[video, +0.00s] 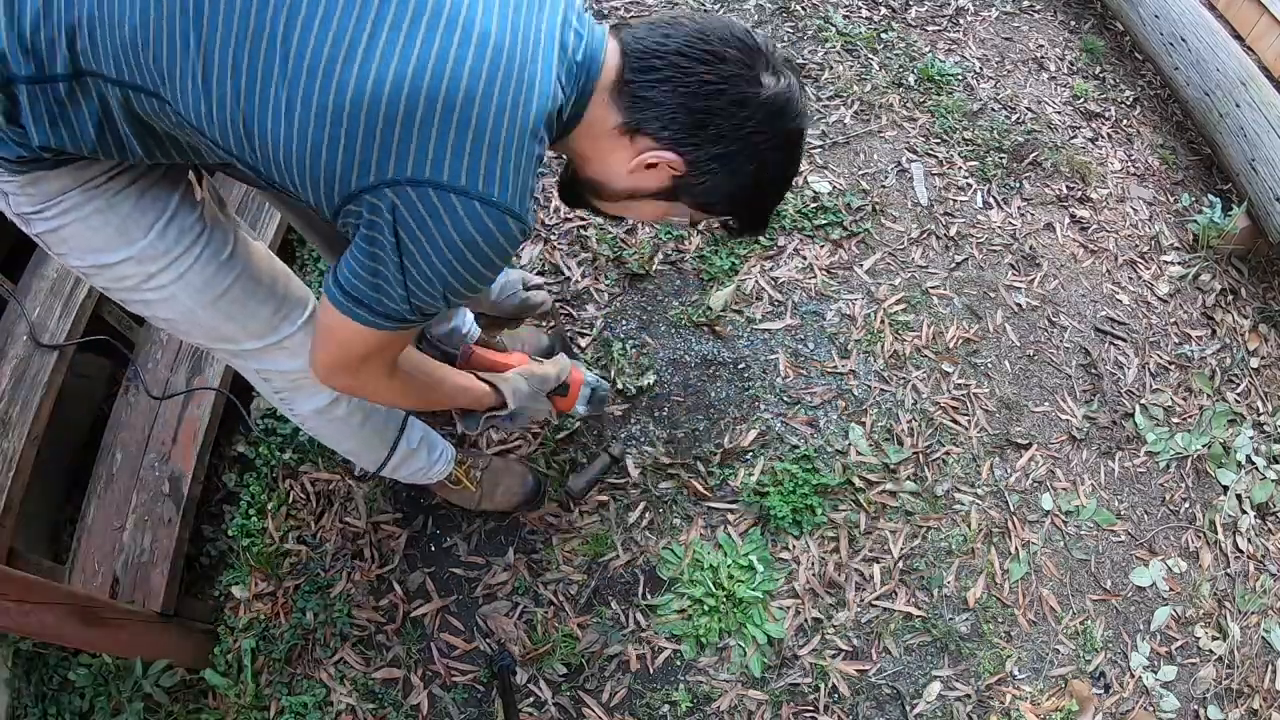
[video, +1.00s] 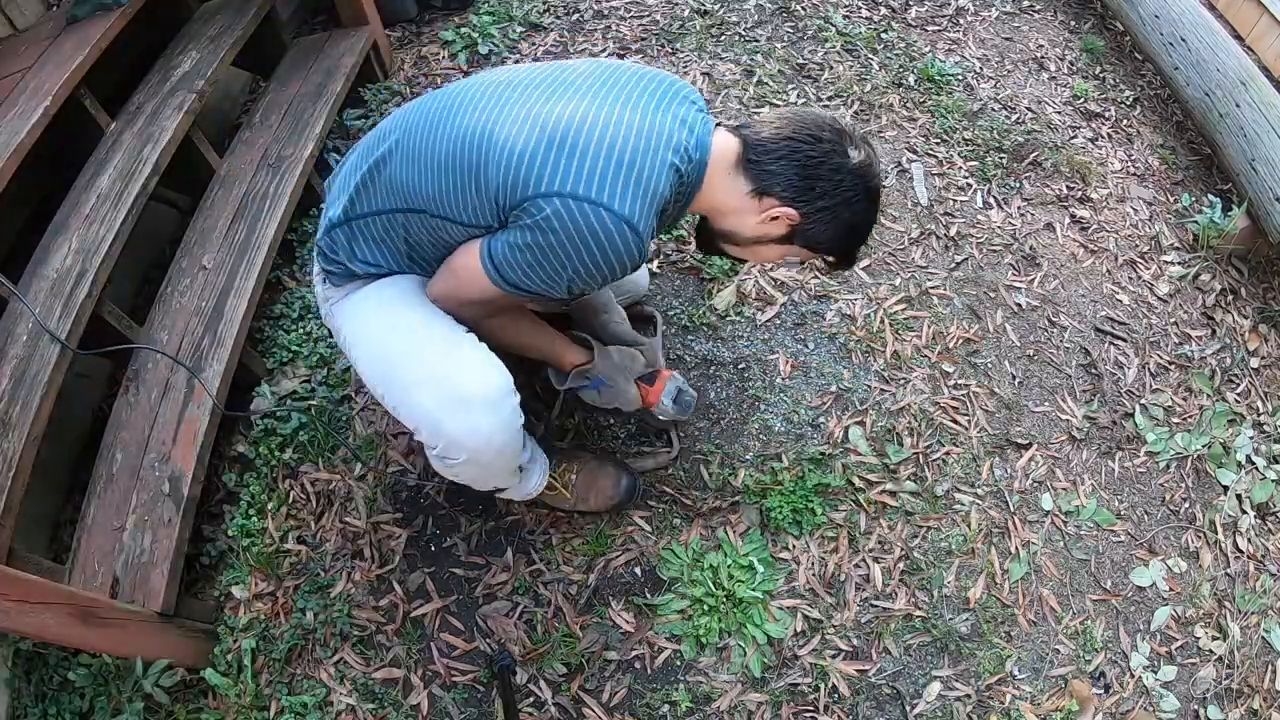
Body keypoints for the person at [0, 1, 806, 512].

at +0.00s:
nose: (649, 226)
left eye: (673, 221)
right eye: (672, 214)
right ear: (657, 162)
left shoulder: (560, 15)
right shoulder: (470, 208)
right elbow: (344, 362)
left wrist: (450, 321)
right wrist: (488, 396)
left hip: (134, 7)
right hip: (37, 107)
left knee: (323, 156)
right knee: (280, 338)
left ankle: (463, 312)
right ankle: (432, 467)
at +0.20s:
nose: (701, 242)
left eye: (717, 239)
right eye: (715, 235)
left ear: (679, 108)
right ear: (692, 208)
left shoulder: (600, 82)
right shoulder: (475, 249)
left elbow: (540, 191)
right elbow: (433, 315)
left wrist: (593, 277)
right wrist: (543, 344)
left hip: (400, 147)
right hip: (336, 251)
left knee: (618, 264)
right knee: (418, 403)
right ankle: (535, 463)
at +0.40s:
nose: (730, 192)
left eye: (747, 183)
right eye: (749, 182)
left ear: (715, 78)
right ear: (740, 157)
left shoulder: (621, 61)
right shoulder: (579, 173)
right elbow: (448, 293)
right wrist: (566, 327)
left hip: (438, 184)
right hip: (355, 261)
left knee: (622, 271)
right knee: (465, 392)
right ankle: (530, 466)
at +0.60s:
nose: (741, 242)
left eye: (759, 238)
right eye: (758, 232)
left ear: (724, 107)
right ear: (739, 199)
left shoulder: (644, 82)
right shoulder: (548, 230)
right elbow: (442, 297)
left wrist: (601, 293)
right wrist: (563, 356)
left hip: (414, 156)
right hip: (352, 251)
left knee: (614, 265)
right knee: (454, 401)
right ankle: (523, 470)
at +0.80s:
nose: (743, 237)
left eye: (760, 233)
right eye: (759, 227)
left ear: (727, 105)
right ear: (742, 192)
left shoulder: (647, 78)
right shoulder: (567, 215)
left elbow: (563, 185)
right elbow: (449, 286)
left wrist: (599, 274)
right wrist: (565, 339)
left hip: (417, 153)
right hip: (355, 248)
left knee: (618, 267)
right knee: (465, 393)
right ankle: (525, 463)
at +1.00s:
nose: (770, 268)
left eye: (790, 264)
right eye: (791, 258)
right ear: (778, 216)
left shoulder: (683, 108)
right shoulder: (601, 224)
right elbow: (454, 295)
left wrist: (598, 295)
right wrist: (577, 359)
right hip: (366, 253)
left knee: (622, 258)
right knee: (475, 412)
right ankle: (524, 478)